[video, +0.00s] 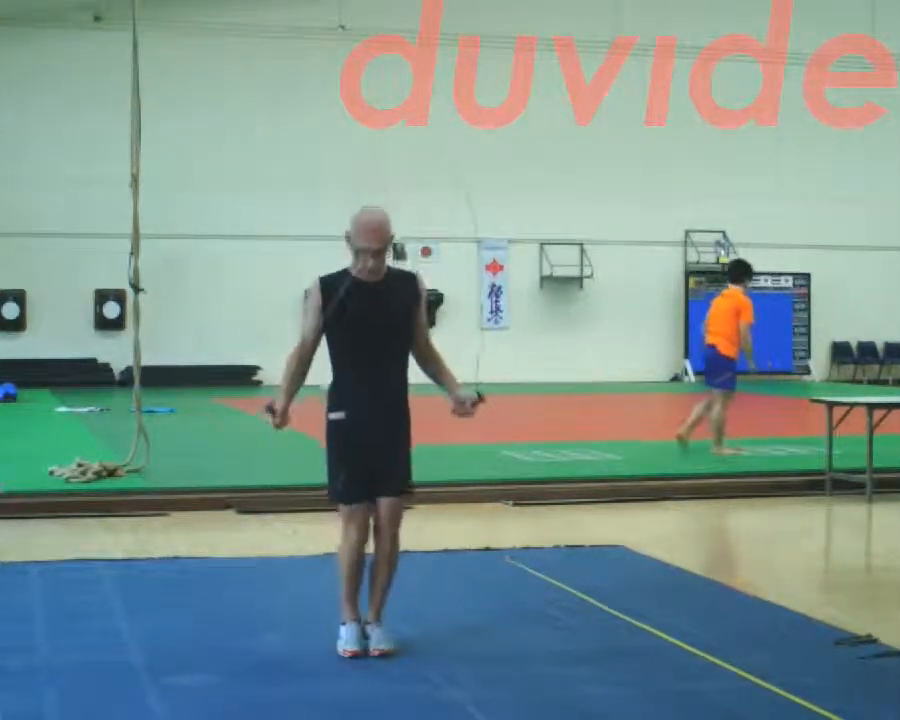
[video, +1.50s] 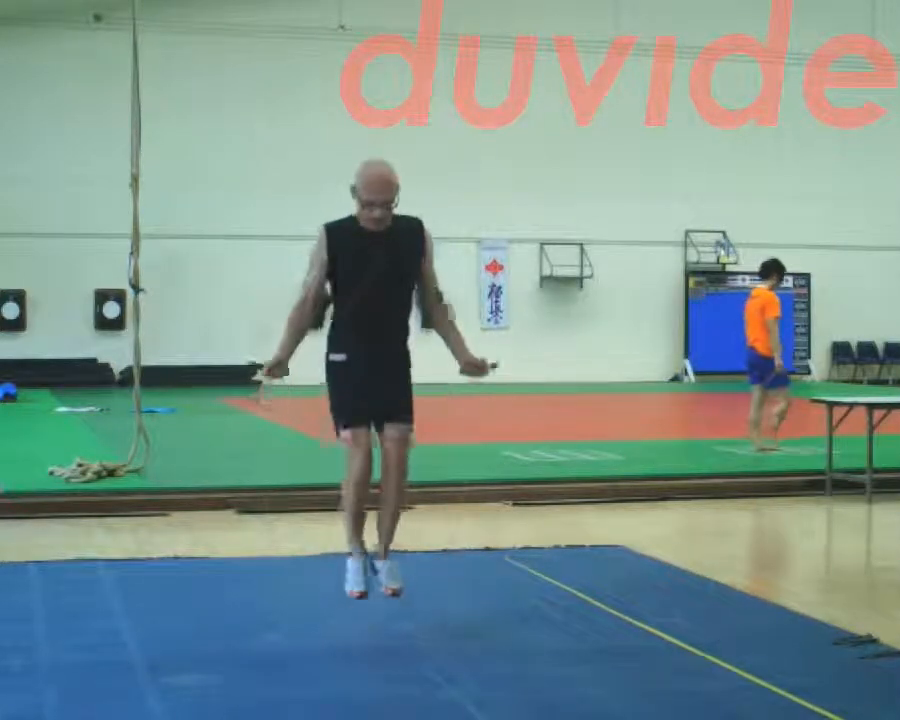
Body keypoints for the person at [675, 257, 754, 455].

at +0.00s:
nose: (750, 282)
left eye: (749, 278)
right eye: (749, 278)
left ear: (729, 277)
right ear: (746, 279)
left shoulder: (719, 298)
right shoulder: (743, 301)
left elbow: (706, 324)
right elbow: (744, 331)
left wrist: (710, 342)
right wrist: (750, 357)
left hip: (711, 348)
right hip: (725, 351)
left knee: (714, 395)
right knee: (721, 398)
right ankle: (718, 444)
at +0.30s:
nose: (731, 279)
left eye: (730, 276)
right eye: (730, 276)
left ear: (710, 277)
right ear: (727, 278)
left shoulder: (702, 298)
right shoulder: (726, 301)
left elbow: (695, 327)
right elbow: (725, 332)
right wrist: (726, 361)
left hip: (690, 350)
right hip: (708, 354)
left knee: (683, 393)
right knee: (715, 401)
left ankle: (663, 433)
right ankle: (716, 445)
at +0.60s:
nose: (733, 279)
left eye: (733, 276)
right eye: (732, 276)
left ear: (712, 275)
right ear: (728, 277)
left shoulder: (702, 297)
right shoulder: (725, 301)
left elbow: (690, 324)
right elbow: (724, 331)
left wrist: (698, 342)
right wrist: (727, 360)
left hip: (694, 349)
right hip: (712, 352)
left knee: (688, 395)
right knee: (717, 400)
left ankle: (666, 434)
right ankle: (712, 444)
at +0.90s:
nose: (746, 281)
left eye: (746, 277)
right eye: (746, 277)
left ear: (727, 275)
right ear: (743, 277)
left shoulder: (715, 295)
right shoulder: (739, 299)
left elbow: (695, 316)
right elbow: (745, 330)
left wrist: (711, 329)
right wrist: (756, 357)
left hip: (711, 347)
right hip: (725, 350)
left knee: (728, 394)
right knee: (720, 397)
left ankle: (713, 439)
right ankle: (712, 444)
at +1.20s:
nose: (762, 285)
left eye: (763, 281)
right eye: (762, 280)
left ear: (744, 278)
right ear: (758, 279)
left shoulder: (735, 299)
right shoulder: (755, 301)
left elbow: (722, 329)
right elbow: (761, 329)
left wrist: (735, 341)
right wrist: (773, 356)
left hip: (736, 353)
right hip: (748, 355)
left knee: (749, 402)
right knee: (739, 401)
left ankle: (759, 443)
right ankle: (715, 442)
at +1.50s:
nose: (780, 281)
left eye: (781, 277)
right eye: (780, 277)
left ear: (763, 275)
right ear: (775, 276)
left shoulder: (753, 295)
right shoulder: (770, 298)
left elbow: (751, 326)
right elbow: (772, 328)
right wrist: (778, 357)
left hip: (753, 351)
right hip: (766, 354)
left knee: (758, 397)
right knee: (784, 398)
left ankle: (757, 439)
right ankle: (770, 435)